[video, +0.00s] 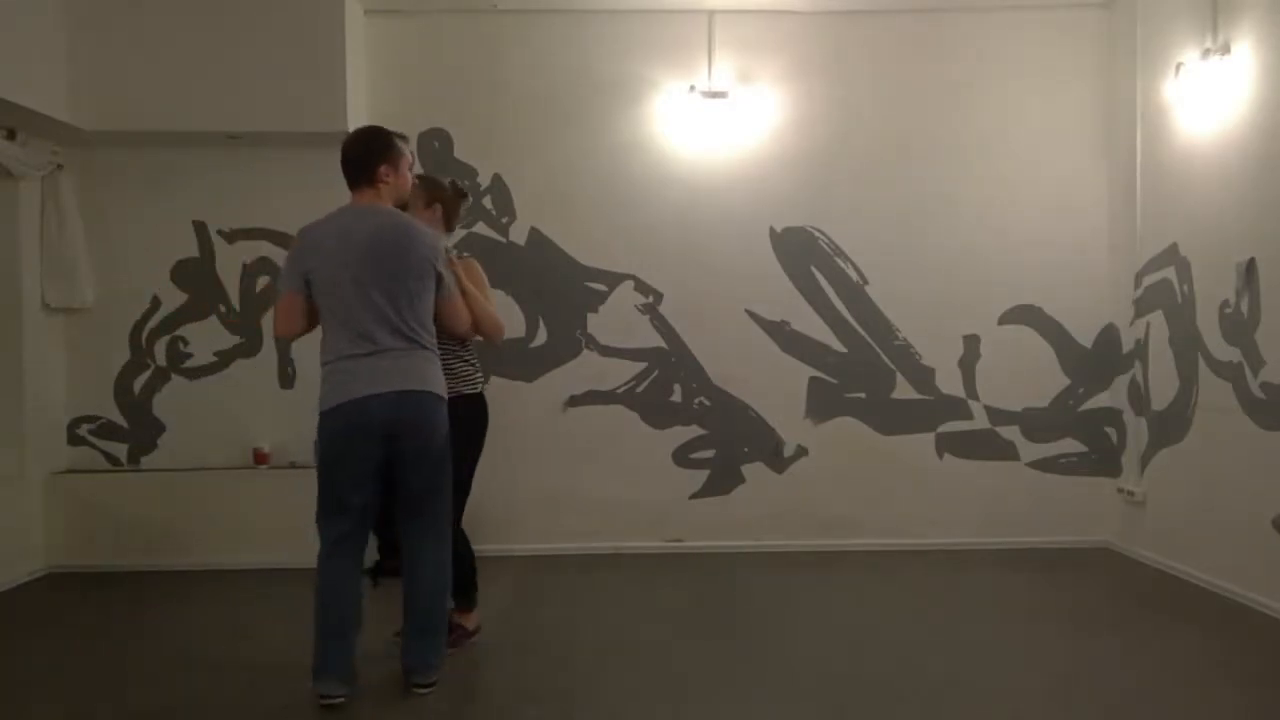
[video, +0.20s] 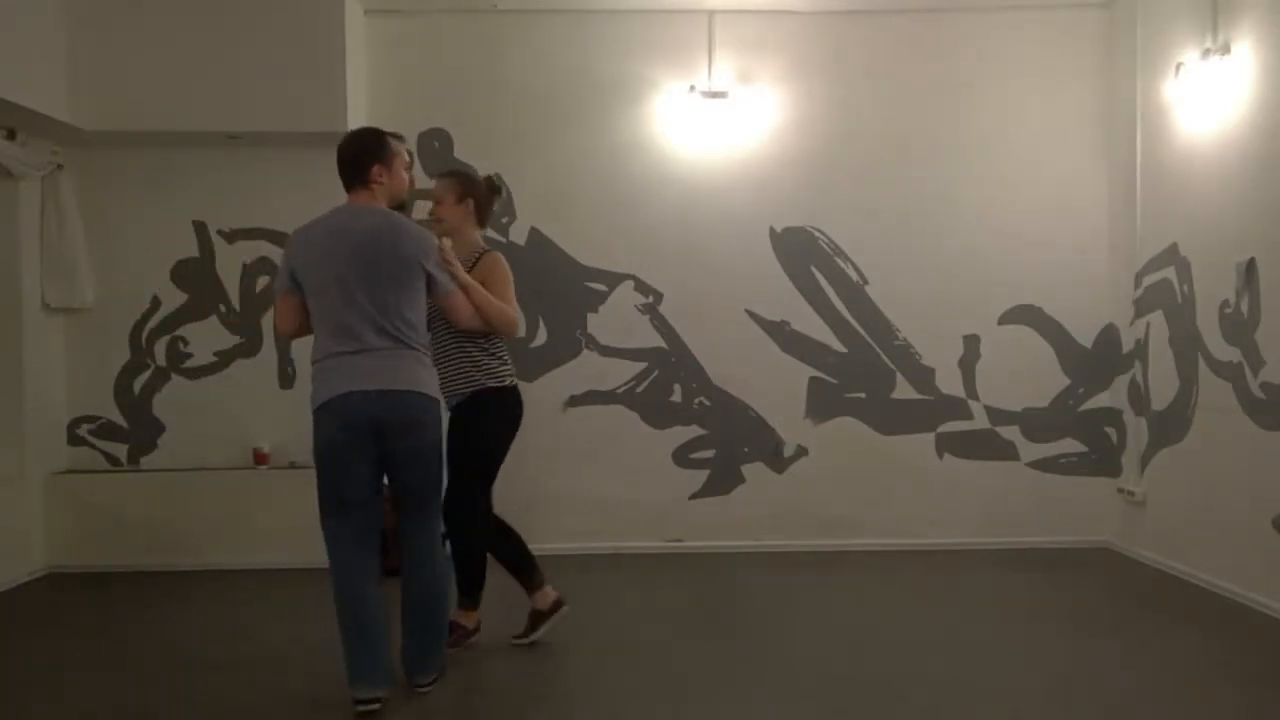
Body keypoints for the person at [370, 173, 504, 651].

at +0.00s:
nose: (406, 217)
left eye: (413, 209)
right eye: (407, 209)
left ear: (437, 213)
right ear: (426, 212)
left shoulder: (461, 265)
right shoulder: (400, 266)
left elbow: (494, 331)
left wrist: (456, 276)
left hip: (460, 401)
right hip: (417, 402)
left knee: (445, 514)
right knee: (417, 512)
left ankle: (464, 610)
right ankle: (425, 613)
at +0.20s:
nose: (431, 210)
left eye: (439, 202)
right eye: (431, 202)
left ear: (466, 207)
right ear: (459, 207)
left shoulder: (489, 260)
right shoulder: (438, 264)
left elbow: (511, 324)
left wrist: (458, 274)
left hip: (493, 398)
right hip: (463, 401)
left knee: (462, 508)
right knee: (473, 509)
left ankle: (467, 614)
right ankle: (542, 595)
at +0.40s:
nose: (455, 212)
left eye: (462, 204)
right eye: (456, 204)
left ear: (490, 209)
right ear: (479, 210)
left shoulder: (510, 261)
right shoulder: (471, 269)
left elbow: (524, 324)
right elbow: (452, 337)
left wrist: (464, 274)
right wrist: (409, 313)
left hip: (523, 401)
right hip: (503, 403)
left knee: (482, 509)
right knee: (506, 512)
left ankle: (524, 616)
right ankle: (557, 606)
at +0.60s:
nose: (465, 208)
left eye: (472, 199)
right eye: (467, 200)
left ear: (500, 205)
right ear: (495, 206)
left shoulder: (520, 257)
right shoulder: (497, 266)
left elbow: (525, 318)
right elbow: (484, 337)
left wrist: (467, 274)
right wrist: (428, 335)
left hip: (538, 402)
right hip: (521, 403)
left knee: (530, 519)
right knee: (472, 498)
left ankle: (574, 628)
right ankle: (523, 592)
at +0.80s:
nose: (466, 201)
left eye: (473, 194)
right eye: (469, 193)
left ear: (497, 200)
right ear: (504, 202)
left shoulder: (507, 247)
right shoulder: (504, 255)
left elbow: (499, 310)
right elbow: (500, 338)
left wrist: (450, 262)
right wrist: (441, 345)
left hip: (531, 397)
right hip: (525, 396)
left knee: (549, 517)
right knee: (481, 498)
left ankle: (575, 627)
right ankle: (481, 612)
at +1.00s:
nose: (455, 206)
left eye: (460, 199)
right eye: (457, 197)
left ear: (482, 205)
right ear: (496, 208)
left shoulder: (484, 256)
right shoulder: (511, 258)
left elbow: (460, 325)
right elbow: (476, 323)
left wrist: (429, 285)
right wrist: (440, 297)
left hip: (504, 404)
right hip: (526, 401)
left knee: (523, 518)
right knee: (491, 516)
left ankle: (572, 627)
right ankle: (475, 631)